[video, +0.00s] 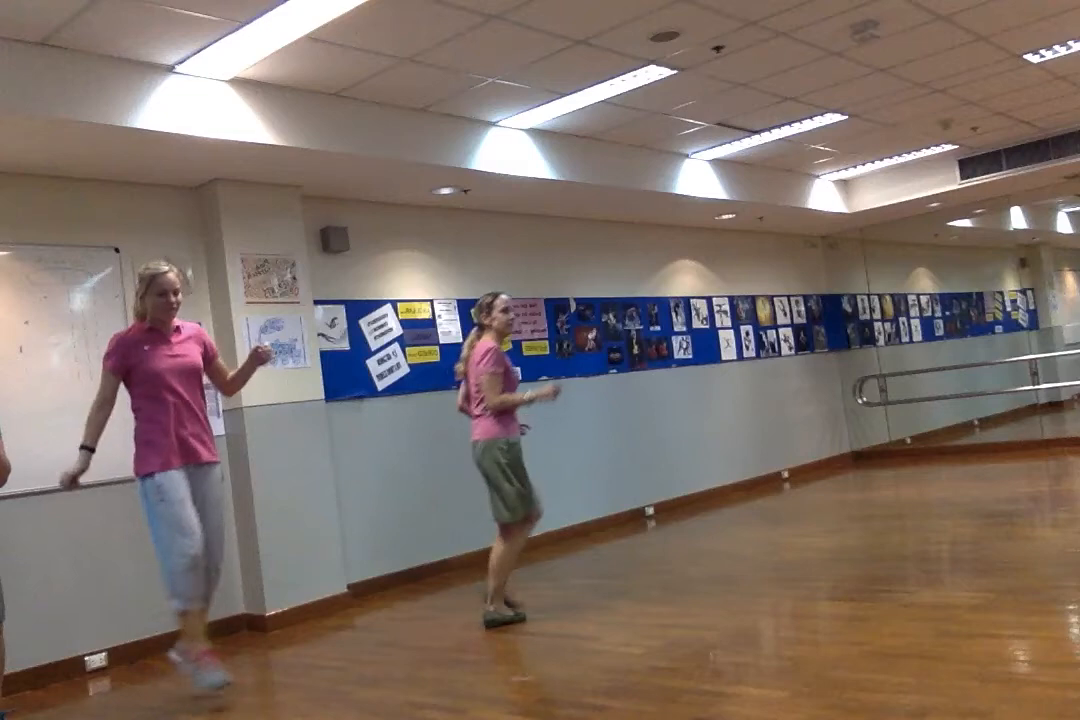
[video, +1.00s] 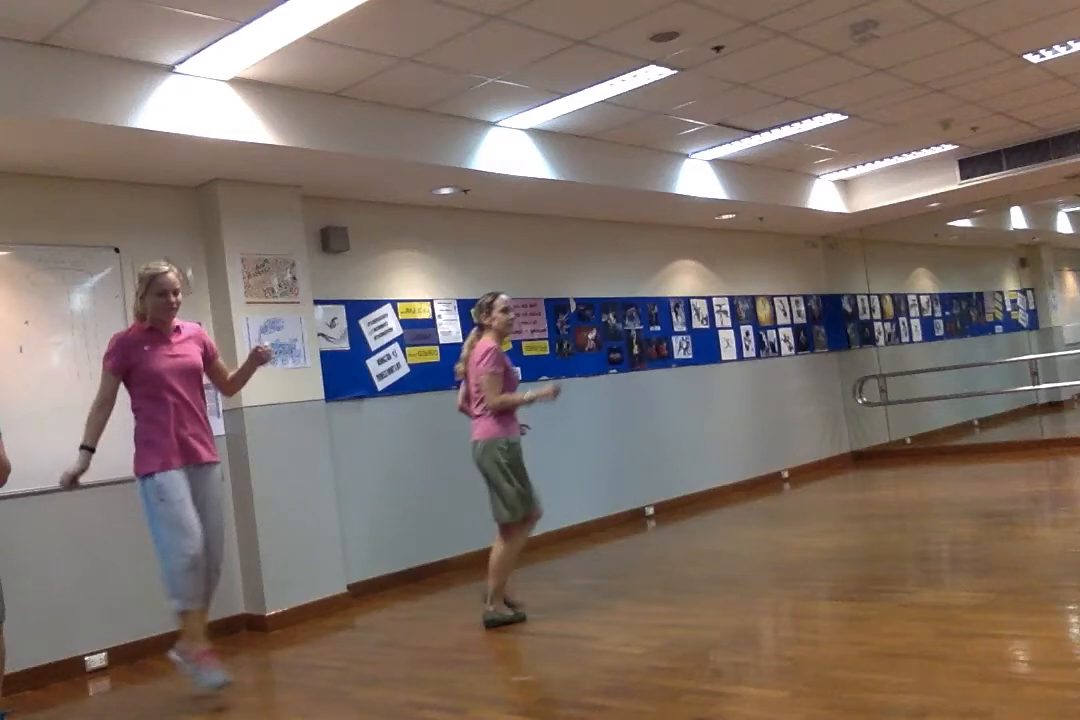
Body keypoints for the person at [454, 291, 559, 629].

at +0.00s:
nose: (511, 316)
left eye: (511, 310)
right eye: (504, 311)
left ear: (495, 319)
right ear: (486, 318)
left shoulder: (478, 350)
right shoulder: (490, 351)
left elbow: (464, 403)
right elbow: (493, 401)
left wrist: (505, 416)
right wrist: (535, 395)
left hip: (490, 442)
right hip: (497, 442)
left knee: (522, 516)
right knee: (518, 520)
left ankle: (497, 588)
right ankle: (495, 604)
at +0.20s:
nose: (511, 316)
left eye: (511, 310)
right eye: (504, 311)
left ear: (495, 319)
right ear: (486, 318)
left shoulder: (478, 350)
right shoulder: (490, 351)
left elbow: (464, 403)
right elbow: (493, 401)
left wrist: (505, 416)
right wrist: (535, 395)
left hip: (490, 441)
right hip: (497, 442)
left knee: (523, 516)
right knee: (517, 521)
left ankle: (497, 588)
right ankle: (495, 604)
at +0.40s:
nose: (511, 316)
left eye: (511, 310)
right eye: (504, 311)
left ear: (495, 319)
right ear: (486, 318)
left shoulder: (478, 350)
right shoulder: (490, 351)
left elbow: (464, 403)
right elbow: (493, 401)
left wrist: (505, 416)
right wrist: (535, 395)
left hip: (490, 441)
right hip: (497, 442)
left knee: (523, 516)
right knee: (517, 521)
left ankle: (497, 588)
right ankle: (495, 604)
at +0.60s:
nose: (511, 316)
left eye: (511, 310)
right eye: (504, 311)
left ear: (495, 319)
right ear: (486, 318)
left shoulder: (478, 350)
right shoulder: (490, 351)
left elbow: (464, 403)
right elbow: (493, 401)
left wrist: (505, 416)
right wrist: (535, 395)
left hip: (490, 441)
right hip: (497, 442)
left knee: (523, 516)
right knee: (517, 521)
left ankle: (497, 588)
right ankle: (495, 604)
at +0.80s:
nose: (511, 316)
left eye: (511, 310)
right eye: (504, 311)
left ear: (495, 319)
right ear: (486, 318)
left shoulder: (478, 350)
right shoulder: (490, 351)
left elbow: (464, 403)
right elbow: (493, 401)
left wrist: (505, 416)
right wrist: (535, 395)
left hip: (490, 441)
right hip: (497, 442)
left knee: (523, 516)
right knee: (517, 521)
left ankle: (497, 588)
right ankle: (495, 604)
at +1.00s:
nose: (511, 316)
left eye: (511, 310)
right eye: (504, 311)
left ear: (495, 319)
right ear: (486, 317)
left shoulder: (478, 350)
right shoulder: (490, 351)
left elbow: (464, 403)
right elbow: (494, 401)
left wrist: (505, 416)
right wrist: (535, 395)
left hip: (490, 442)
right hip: (497, 442)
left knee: (526, 514)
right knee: (514, 523)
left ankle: (497, 589)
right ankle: (494, 604)